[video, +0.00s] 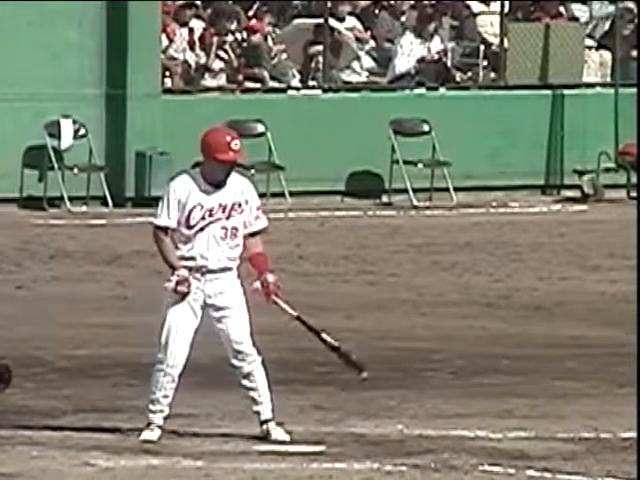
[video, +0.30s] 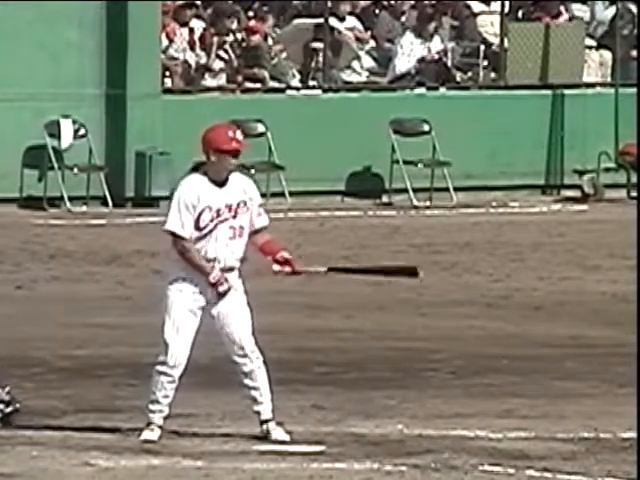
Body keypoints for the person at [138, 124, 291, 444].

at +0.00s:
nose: (230, 168)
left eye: (232, 163)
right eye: (225, 163)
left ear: (233, 160)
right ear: (209, 160)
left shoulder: (242, 187)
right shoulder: (180, 187)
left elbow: (253, 237)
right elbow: (161, 232)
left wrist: (264, 272)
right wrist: (178, 267)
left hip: (227, 279)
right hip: (188, 279)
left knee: (243, 351)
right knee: (171, 355)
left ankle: (268, 421)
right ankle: (155, 421)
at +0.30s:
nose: (234, 160)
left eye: (236, 155)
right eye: (229, 155)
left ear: (234, 155)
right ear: (211, 156)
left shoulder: (243, 184)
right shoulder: (190, 188)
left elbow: (257, 231)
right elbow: (179, 240)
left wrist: (276, 253)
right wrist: (210, 272)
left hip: (229, 278)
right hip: (189, 278)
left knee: (246, 351)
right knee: (174, 355)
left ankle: (268, 421)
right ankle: (154, 422)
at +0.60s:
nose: (233, 155)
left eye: (234, 150)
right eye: (227, 150)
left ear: (231, 152)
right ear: (208, 153)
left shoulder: (243, 184)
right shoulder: (184, 186)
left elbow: (260, 230)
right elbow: (168, 235)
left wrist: (276, 252)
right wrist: (190, 267)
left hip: (226, 281)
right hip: (187, 281)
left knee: (246, 353)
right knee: (173, 357)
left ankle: (268, 421)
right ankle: (154, 421)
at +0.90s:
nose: (218, 152)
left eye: (219, 146)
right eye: (211, 147)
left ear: (218, 149)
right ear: (193, 151)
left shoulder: (229, 184)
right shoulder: (167, 185)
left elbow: (232, 236)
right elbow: (147, 228)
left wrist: (221, 273)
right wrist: (161, 268)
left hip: (218, 277)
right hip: (178, 279)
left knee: (239, 350)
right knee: (167, 357)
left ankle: (267, 419)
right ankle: (154, 421)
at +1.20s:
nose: (222, 150)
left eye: (223, 145)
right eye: (215, 146)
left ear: (222, 147)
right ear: (196, 149)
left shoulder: (233, 183)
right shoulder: (169, 182)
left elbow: (227, 232)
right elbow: (154, 224)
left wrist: (193, 253)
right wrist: (162, 244)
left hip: (221, 277)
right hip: (184, 280)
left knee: (241, 351)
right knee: (169, 357)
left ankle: (267, 421)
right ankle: (154, 421)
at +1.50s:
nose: (222, 149)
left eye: (223, 144)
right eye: (215, 145)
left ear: (223, 146)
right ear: (197, 148)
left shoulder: (235, 181)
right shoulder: (173, 182)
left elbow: (238, 227)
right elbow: (155, 232)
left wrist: (207, 219)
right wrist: (174, 217)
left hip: (222, 274)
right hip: (183, 276)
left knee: (241, 350)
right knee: (171, 355)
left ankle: (268, 421)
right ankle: (155, 421)